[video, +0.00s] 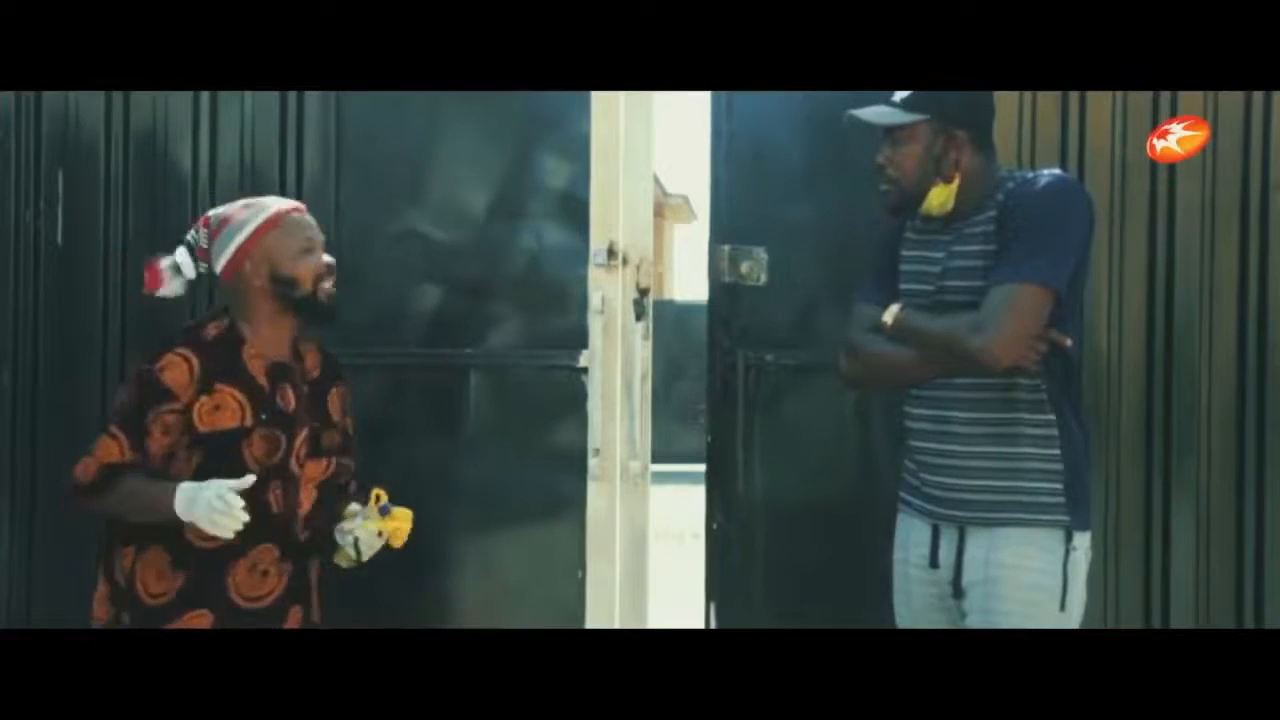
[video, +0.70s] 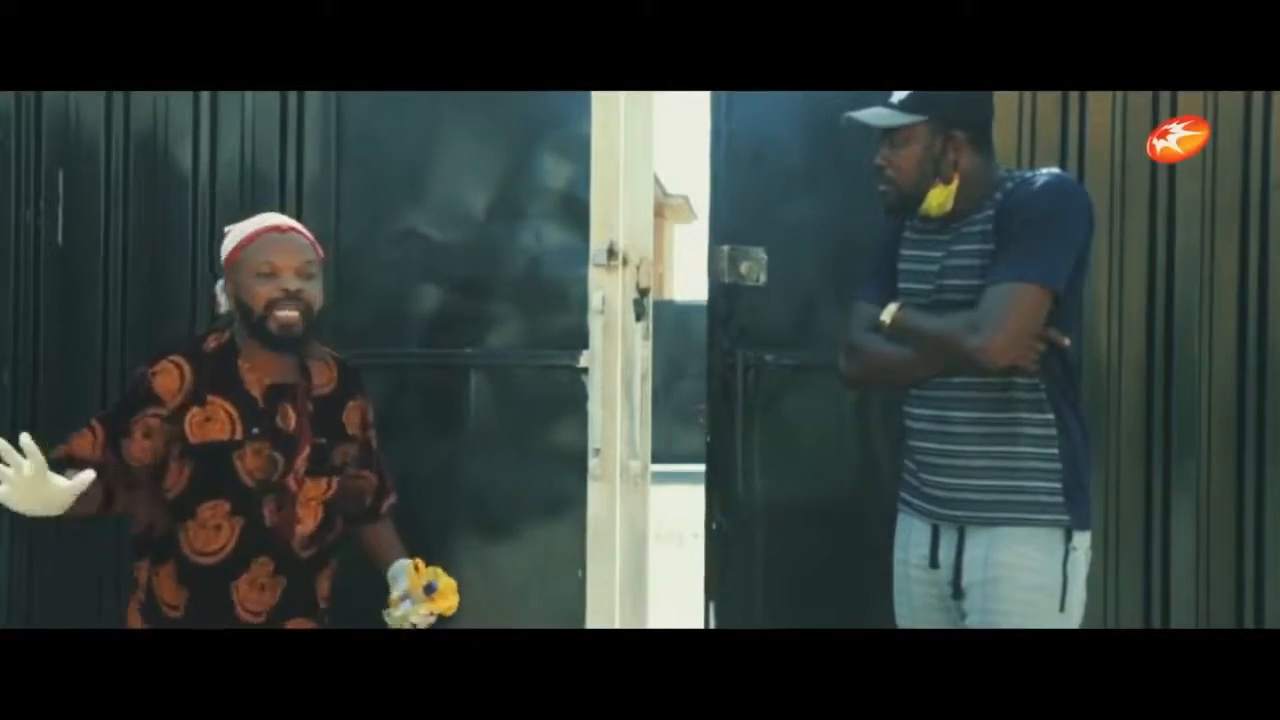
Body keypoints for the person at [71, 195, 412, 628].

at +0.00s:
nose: (329, 262)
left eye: (323, 249)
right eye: (308, 252)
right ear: (255, 272)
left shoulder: (324, 376)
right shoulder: (185, 369)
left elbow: (325, 496)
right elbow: (95, 482)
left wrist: (350, 528)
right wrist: (181, 500)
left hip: (286, 615)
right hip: (181, 616)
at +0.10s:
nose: (341, 268)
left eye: (335, 255)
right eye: (320, 258)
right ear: (267, 276)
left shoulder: (326, 375)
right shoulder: (197, 367)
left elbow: (327, 498)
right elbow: (124, 490)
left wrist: (353, 529)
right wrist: (226, 501)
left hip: (290, 615)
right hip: (188, 614)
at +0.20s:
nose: (340, 275)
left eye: (341, 261)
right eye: (318, 263)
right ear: (265, 278)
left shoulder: (328, 375)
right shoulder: (205, 370)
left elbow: (329, 494)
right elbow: (137, 492)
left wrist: (354, 534)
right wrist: (242, 507)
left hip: (300, 614)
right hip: (206, 615)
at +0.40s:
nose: (325, 282)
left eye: (333, 269)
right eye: (300, 269)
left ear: (342, 277)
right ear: (253, 282)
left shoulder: (332, 380)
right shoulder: (195, 372)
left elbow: (344, 496)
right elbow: (123, 490)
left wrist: (367, 548)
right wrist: (196, 520)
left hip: (307, 614)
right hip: (203, 616)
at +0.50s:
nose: (306, 285)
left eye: (318, 270)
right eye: (283, 271)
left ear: (332, 283)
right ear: (242, 283)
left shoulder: (336, 382)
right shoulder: (192, 374)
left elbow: (359, 494)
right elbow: (101, 475)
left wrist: (377, 559)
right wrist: (151, 507)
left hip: (304, 614)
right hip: (198, 614)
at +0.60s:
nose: (293, 286)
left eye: (308, 272)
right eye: (269, 272)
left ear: (323, 285)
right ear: (231, 287)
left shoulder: (336, 381)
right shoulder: (186, 373)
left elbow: (360, 499)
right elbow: (121, 461)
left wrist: (393, 565)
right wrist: (104, 497)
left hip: (299, 617)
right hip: (188, 617)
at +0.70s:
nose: (290, 287)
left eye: (305, 274)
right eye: (267, 274)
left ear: (321, 289)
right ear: (229, 290)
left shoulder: (337, 384)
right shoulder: (181, 380)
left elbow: (365, 501)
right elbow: (111, 466)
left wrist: (404, 573)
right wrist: (54, 497)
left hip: (296, 617)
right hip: (181, 616)